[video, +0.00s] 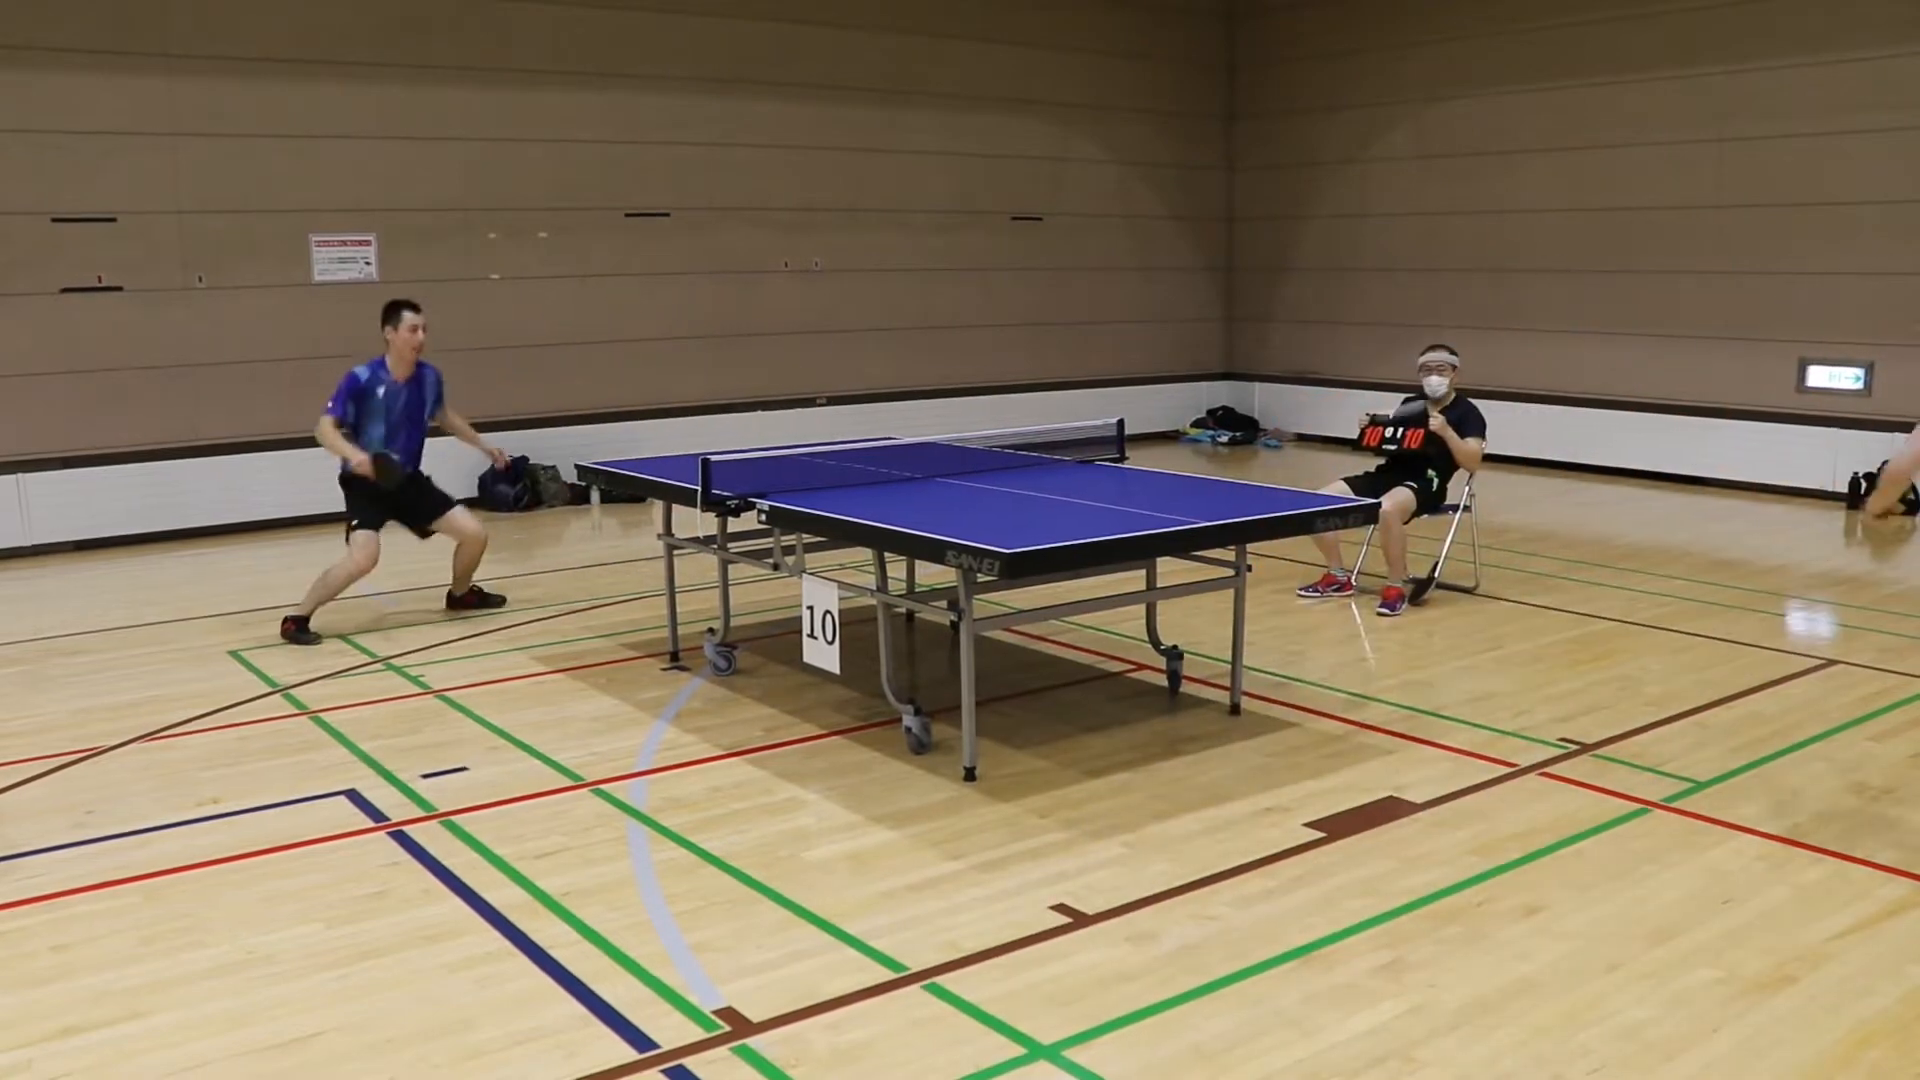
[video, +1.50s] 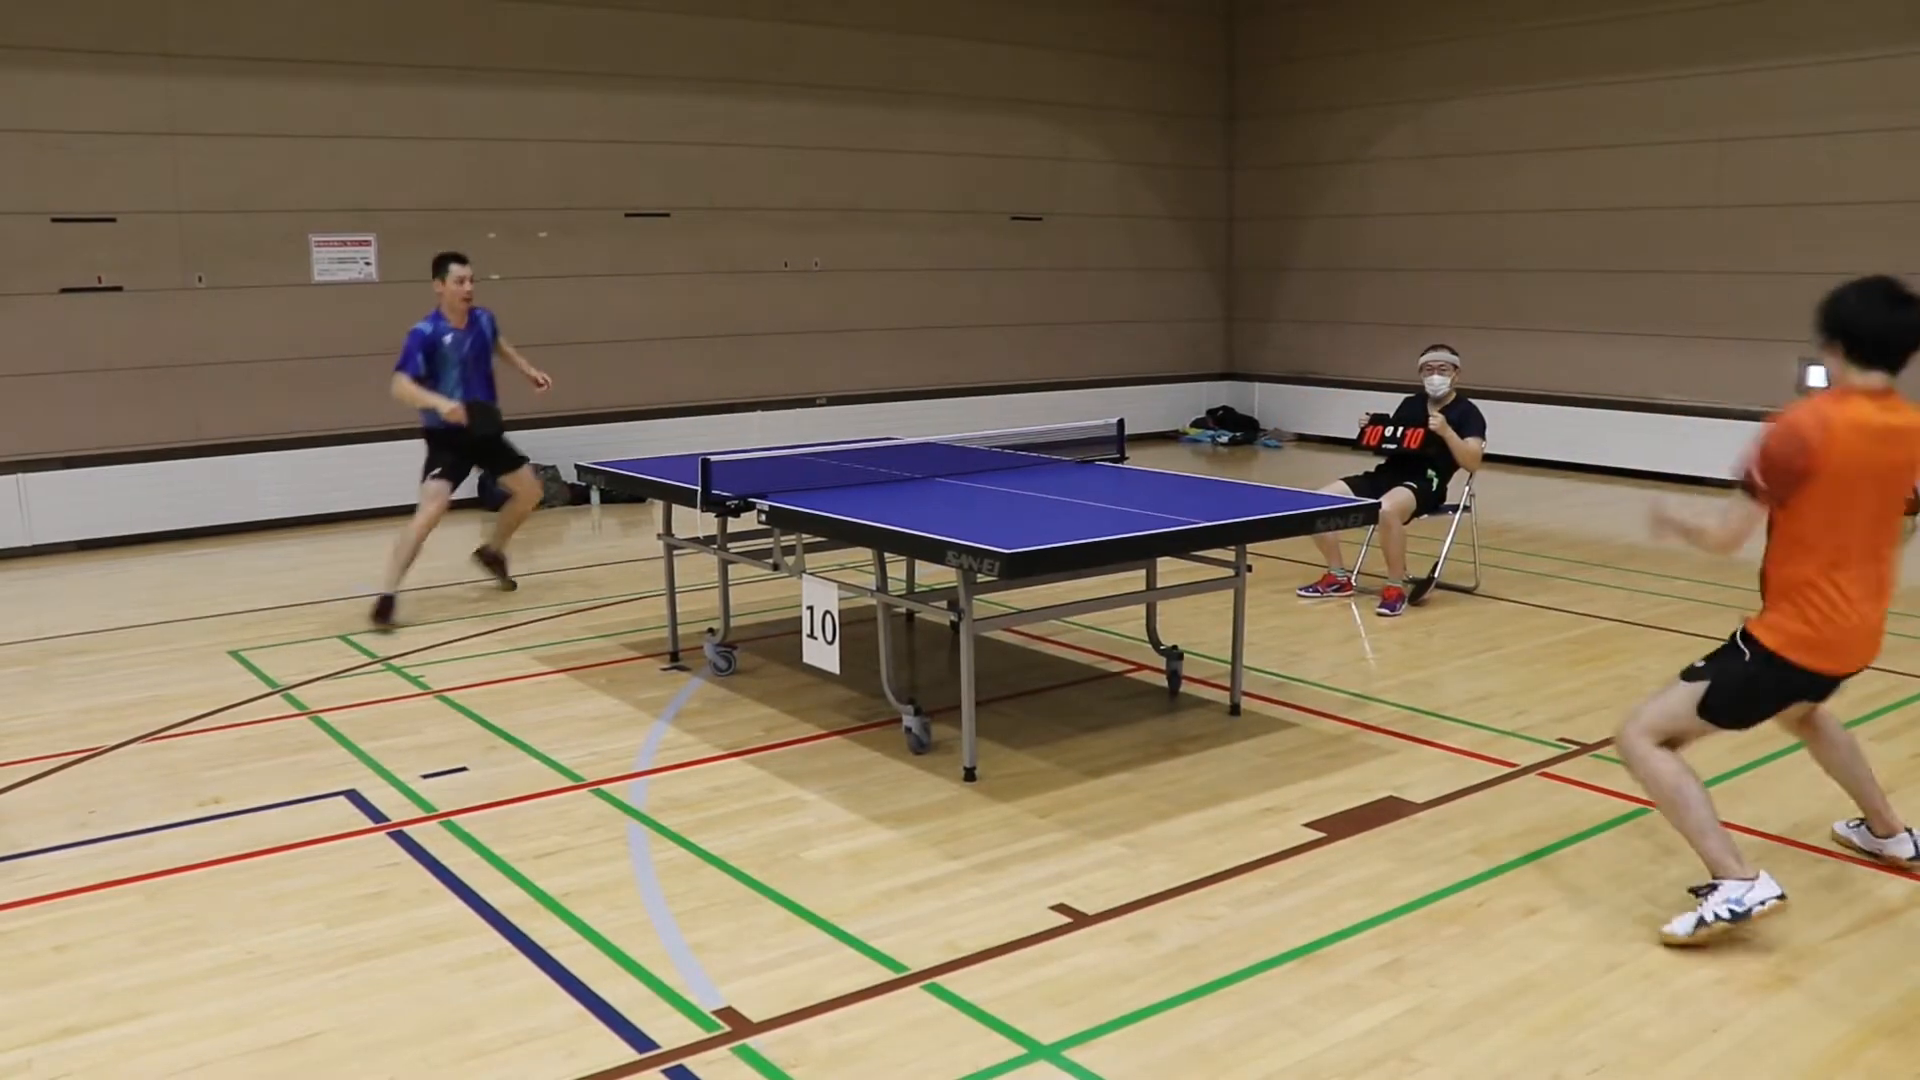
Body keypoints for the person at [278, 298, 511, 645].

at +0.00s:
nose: (421, 337)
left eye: (423, 330)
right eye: (413, 330)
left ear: (424, 333)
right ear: (390, 334)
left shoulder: (429, 378)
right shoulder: (361, 379)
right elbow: (324, 429)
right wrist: (355, 456)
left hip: (407, 480)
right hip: (364, 481)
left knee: (474, 534)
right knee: (363, 557)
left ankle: (461, 594)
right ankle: (297, 618)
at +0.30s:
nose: (446, 277)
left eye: (448, 270)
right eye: (438, 271)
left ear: (450, 275)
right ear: (415, 275)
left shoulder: (455, 313)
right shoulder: (395, 322)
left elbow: (464, 350)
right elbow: (370, 377)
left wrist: (487, 381)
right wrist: (410, 403)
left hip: (452, 419)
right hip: (413, 425)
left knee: (510, 484)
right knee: (419, 507)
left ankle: (503, 553)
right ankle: (372, 590)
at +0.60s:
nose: (490, 346)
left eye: (493, 338)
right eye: (482, 339)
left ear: (495, 339)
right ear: (461, 342)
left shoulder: (498, 372)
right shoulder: (442, 385)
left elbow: (514, 398)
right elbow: (416, 438)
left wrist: (539, 429)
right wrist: (448, 441)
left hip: (486, 469)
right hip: (446, 473)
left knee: (543, 519)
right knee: (467, 514)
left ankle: (525, 568)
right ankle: (438, 603)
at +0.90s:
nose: (449, 349)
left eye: (453, 341)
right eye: (441, 342)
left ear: (457, 342)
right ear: (421, 347)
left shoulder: (469, 370)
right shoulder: (407, 385)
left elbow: (492, 377)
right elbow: (361, 420)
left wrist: (527, 385)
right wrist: (349, 408)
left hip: (470, 463)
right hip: (427, 470)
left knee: (527, 522)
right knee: (445, 518)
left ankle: (515, 560)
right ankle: (435, 604)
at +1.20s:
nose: (446, 302)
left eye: (450, 295)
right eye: (438, 295)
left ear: (452, 298)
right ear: (417, 297)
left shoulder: (462, 336)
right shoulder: (392, 344)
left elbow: (485, 369)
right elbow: (355, 391)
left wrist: (518, 390)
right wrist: (363, 420)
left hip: (453, 440)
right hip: (410, 444)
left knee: (497, 515)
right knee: (413, 516)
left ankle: (476, 563)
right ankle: (379, 597)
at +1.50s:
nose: (468, 287)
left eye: (471, 281)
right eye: (460, 281)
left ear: (474, 284)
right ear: (439, 287)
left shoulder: (483, 321)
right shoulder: (424, 334)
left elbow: (499, 346)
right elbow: (401, 385)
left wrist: (528, 370)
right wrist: (442, 405)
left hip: (487, 430)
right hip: (447, 435)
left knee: (529, 492)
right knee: (431, 510)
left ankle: (492, 551)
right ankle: (387, 595)